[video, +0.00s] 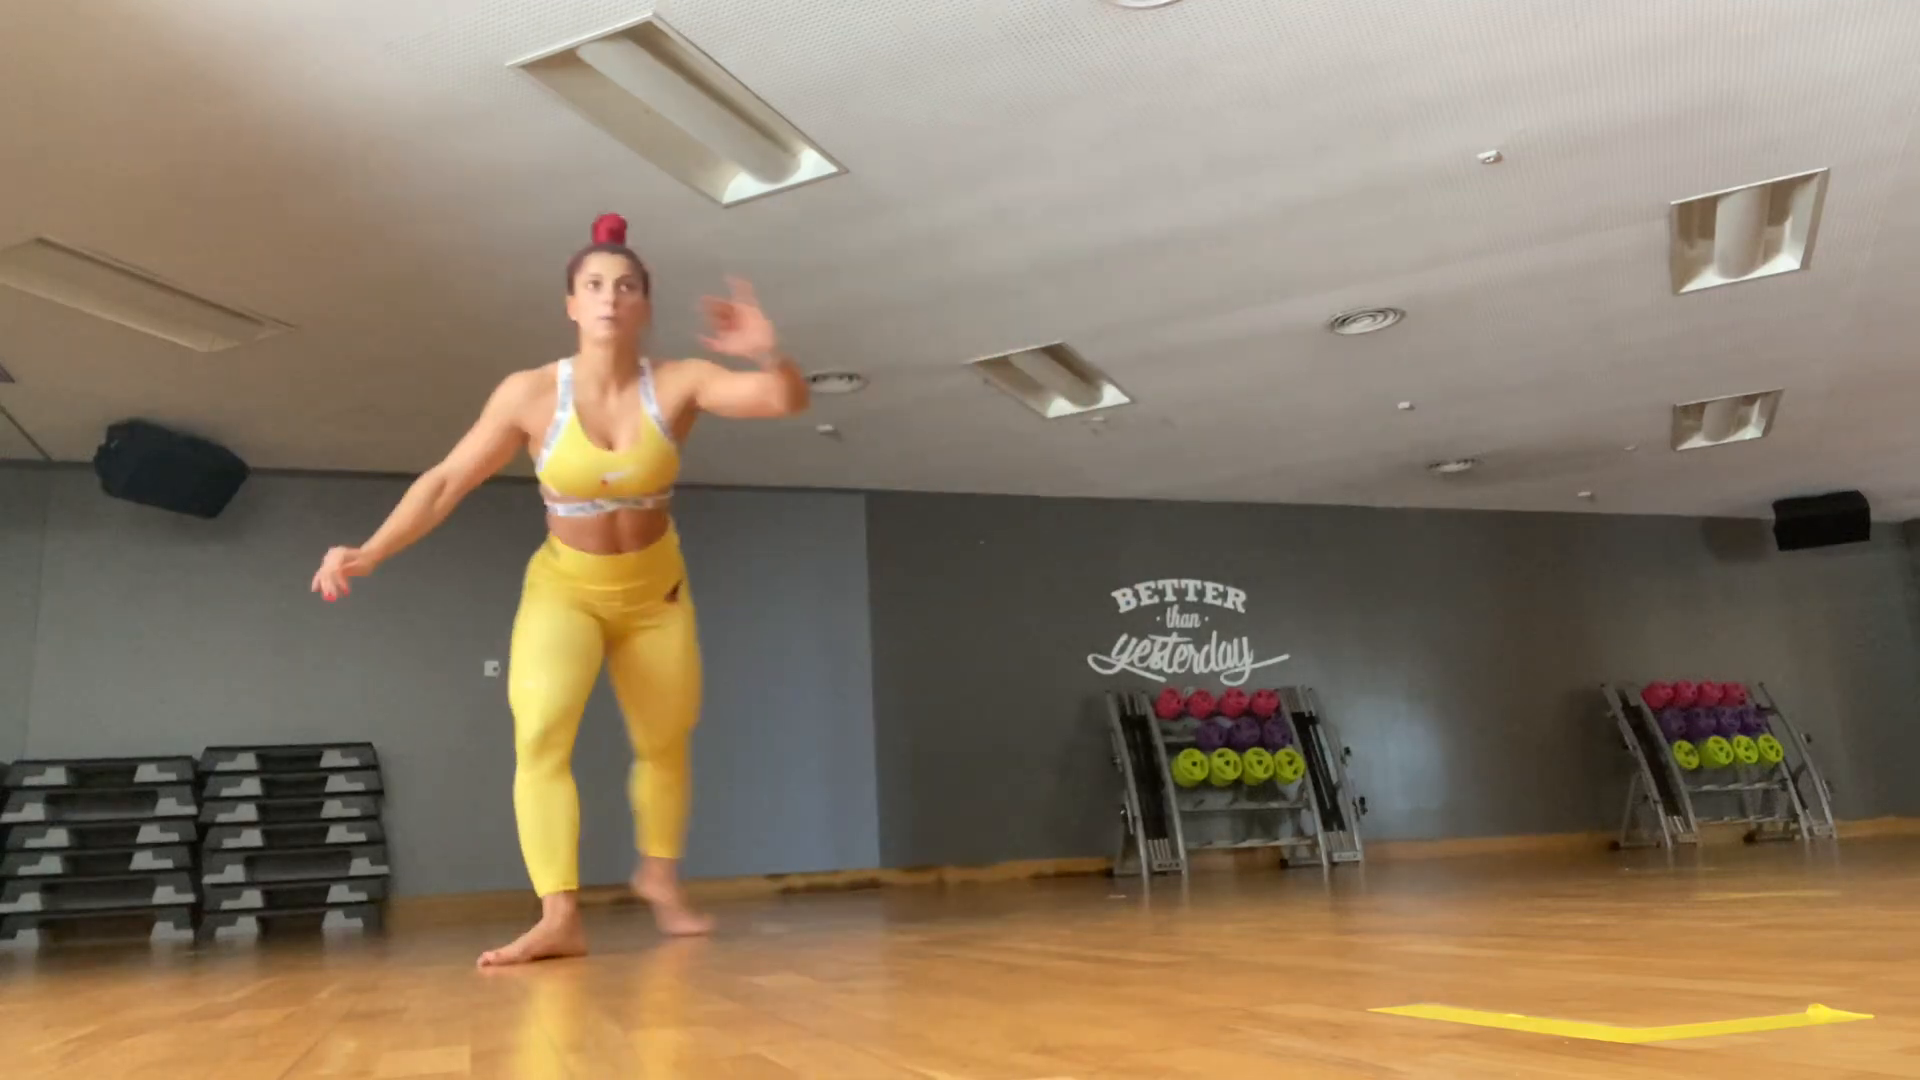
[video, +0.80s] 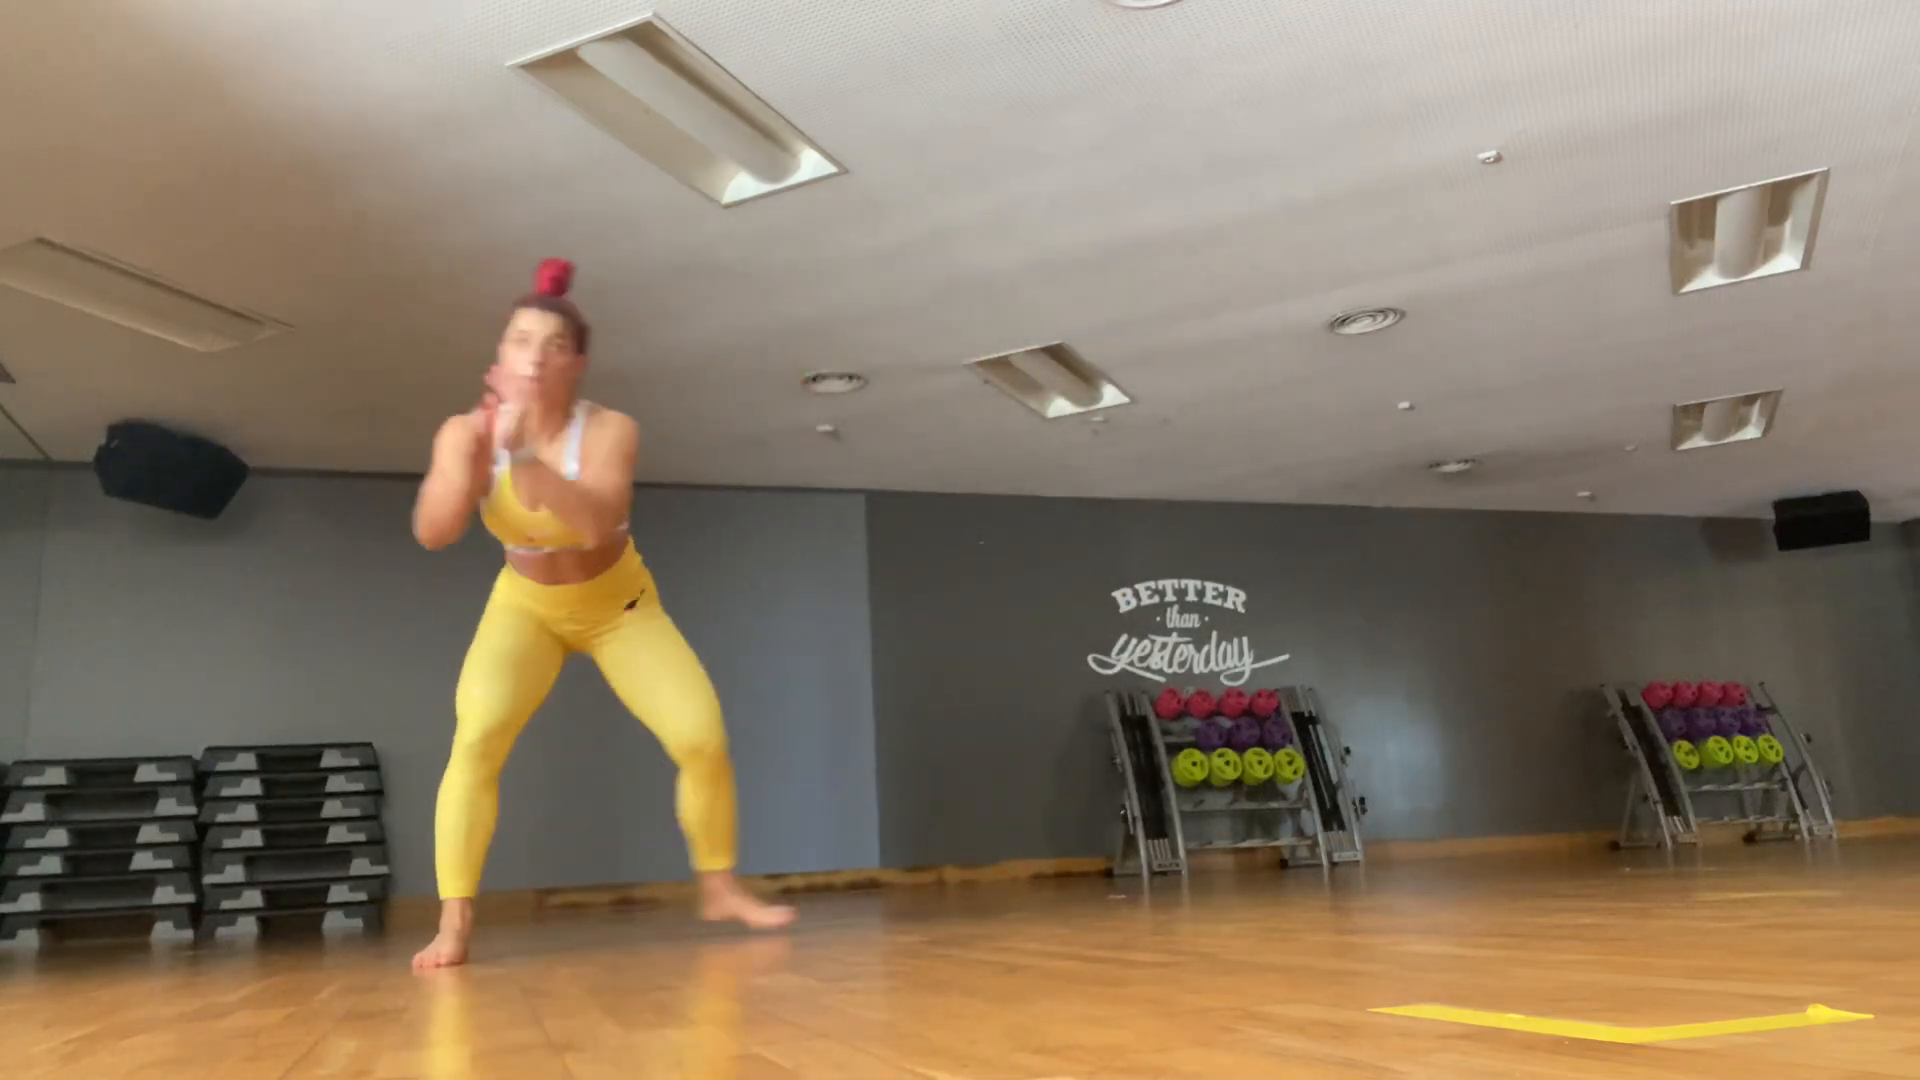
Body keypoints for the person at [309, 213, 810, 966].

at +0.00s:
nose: (612, 293)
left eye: (627, 283)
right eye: (595, 284)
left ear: (647, 309)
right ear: (571, 307)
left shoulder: (680, 382)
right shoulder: (529, 394)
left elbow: (786, 398)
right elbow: (444, 485)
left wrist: (772, 356)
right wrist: (369, 554)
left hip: (655, 589)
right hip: (564, 587)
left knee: (664, 742)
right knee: (539, 736)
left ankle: (660, 877)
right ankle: (559, 915)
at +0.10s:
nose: (597, 290)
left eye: (611, 278)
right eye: (580, 280)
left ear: (629, 297)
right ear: (556, 299)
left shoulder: (653, 374)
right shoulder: (514, 388)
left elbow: (738, 381)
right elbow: (452, 473)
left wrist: (678, 322)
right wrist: (384, 546)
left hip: (631, 590)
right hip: (543, 585)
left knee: (606, 742)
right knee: (536, 736)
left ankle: (571, 887)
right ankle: (556, 913)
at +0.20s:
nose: (564, 300)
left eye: (581, 293)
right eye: (556, 290)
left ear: (604, 318)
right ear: (538, 312)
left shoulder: (624, 391)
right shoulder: (496, 394)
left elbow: (659, 397)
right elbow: (472, 474)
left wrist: (586, 330)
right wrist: (421, 539)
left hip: (601, 603)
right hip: (515, 592)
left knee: (558, 759)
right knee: (519, 738)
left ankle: (505, 886)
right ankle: (537, 909)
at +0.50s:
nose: (505, 331)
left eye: (524, 320)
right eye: (495, 319)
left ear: (553, 335)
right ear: (483, 334)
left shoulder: (592, 401)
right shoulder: (462, 419)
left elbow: (574, 401)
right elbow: (410, 503)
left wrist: (492, 350)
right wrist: (345, 532)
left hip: (587, 612)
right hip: (500, 604)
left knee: (543, 780)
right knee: (473, 742)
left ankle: (498, 891)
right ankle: (450, 919)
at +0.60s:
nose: (492, 331)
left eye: (510, 316)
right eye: (478, 318)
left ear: (540, 331)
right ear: (461, 331)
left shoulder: (577, 390)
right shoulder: (450, 413)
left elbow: (577, 435)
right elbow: (380, 503)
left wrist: (474, 376)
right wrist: (350, 480)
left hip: (597, 597)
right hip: (509, 597)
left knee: (587, 775)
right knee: (475, 746)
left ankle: (532, 876)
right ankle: (451, 923)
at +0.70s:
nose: (497, 348)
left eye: (516, 335)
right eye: (485, 334)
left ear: (545, 354)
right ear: (467, 348)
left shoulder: (579, 418)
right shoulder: (452, 424)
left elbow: (575, 500)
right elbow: (381, 511)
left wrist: (498, 435)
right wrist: (422, 428)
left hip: (606, 602)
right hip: (515, 606)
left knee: (663, 757)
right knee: (471, 746)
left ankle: (635, 882)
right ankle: (453, 925)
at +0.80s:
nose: (529, 358)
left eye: (547, 346)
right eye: (519, 342)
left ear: (575, 364)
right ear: (500, 353)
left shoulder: (608, 431)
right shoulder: (468, 433)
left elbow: (602, 523)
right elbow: (433, 531)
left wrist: (525, 453)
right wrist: (471, 462)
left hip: (619, 604)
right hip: (524, 608)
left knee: (701, 734)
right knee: (476, 739)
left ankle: (719, 890)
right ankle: (454, 922)